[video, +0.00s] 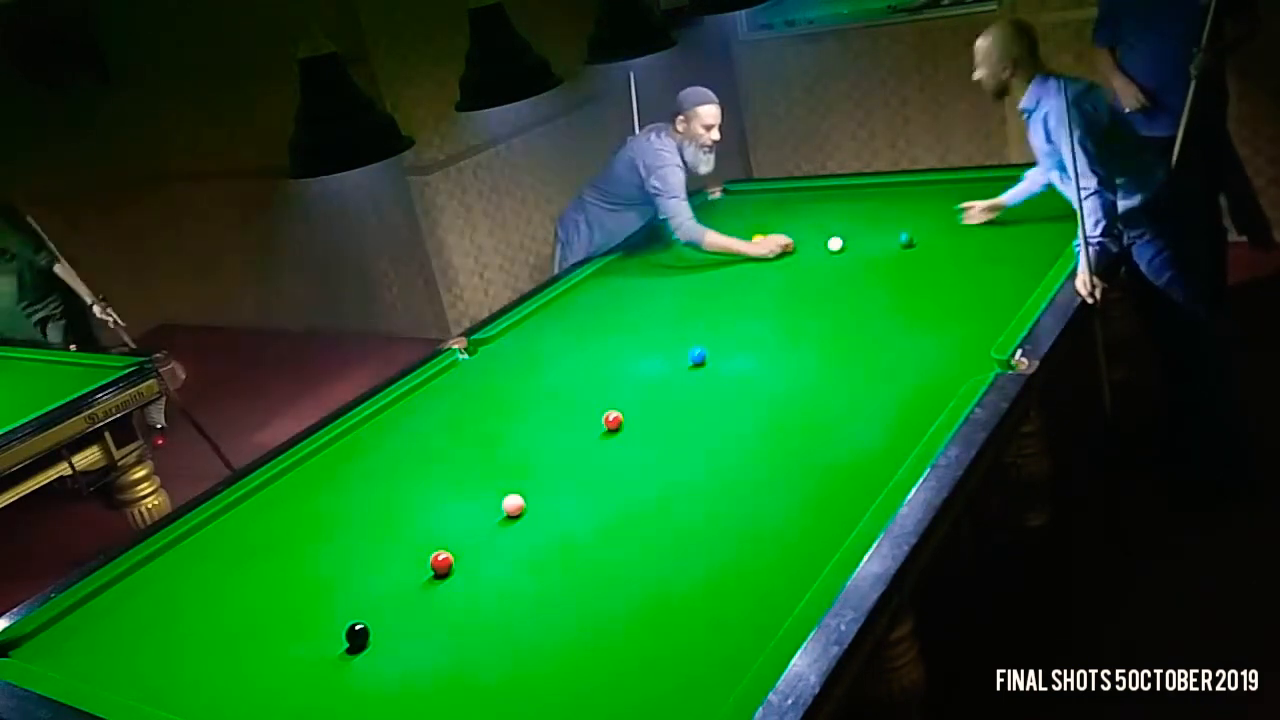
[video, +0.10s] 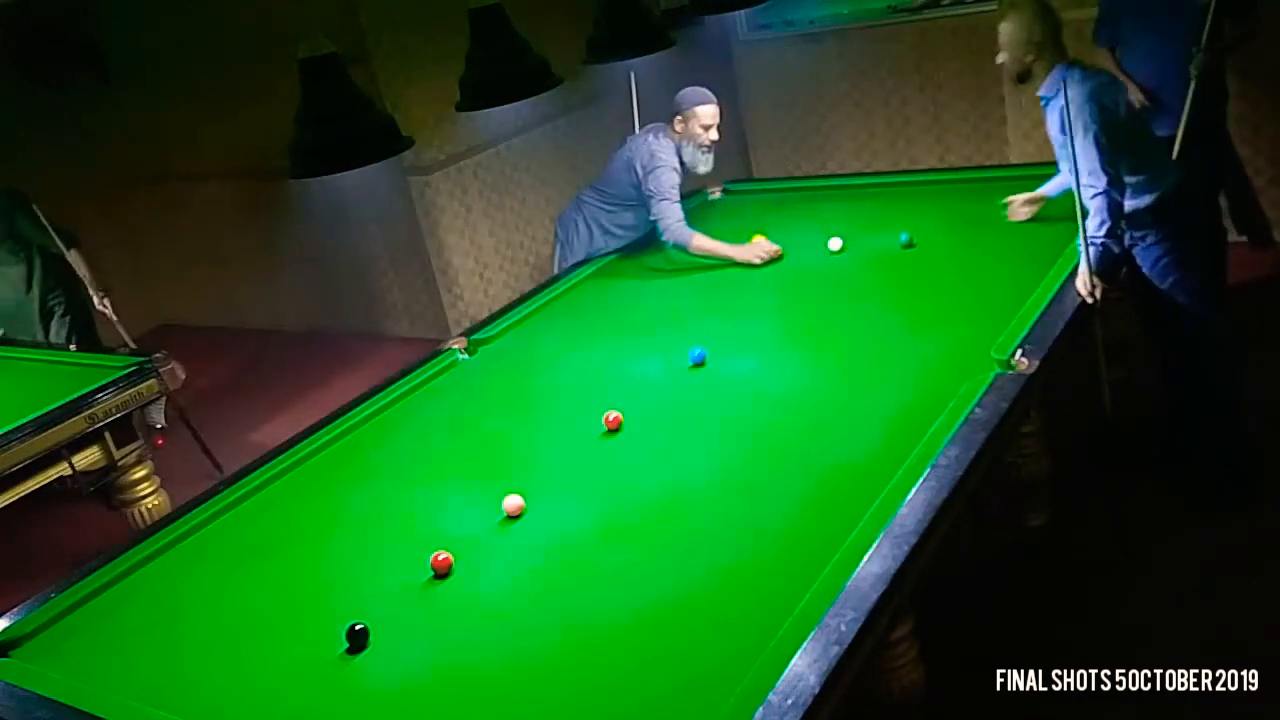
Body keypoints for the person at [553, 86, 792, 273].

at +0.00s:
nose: (715, 137)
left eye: (718, 128)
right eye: (706, 129)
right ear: (680, 124)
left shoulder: (672, 139)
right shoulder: (660, 157)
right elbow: (684, 230)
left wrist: (705, 185)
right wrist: (752, 248)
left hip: (623, 231)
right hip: (588, 237)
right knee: (578, 317)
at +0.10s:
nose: (714, 137)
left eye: (716, 128)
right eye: (705, 129)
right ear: (678, 125)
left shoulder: (662, 135)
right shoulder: (660, 160)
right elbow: (673, 231)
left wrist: (699, 191)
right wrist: (739, 252)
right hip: (587, 237)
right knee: (578, 316)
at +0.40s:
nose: (715, 139)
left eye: (717, 130)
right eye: (707, 130)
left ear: (683, 126)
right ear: (679, 127)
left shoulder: (671, 138)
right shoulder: (658, 160)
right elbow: (698, 229)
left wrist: (698, 186)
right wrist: (762, 245)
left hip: (623, 230)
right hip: (587, 236)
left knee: (613, 310)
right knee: (577, 317)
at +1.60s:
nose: (709, 130)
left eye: (710, 121)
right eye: (699, 123)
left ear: (674, 121)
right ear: (672, 123)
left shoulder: (663, 136)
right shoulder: (658, 158)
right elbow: (689, 227)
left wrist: (697, 192)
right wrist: (753, 247)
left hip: (621, 231)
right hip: (587, 238)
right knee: (576, 317)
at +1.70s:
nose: (698, 119)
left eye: (699, 110)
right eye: (687, 111)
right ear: (660, 112)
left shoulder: (651, 134)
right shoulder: (646, 148)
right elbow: (662, 223)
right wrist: (720, 253)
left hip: (614, 232)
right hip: (587, 239)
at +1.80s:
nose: (679, 106)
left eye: (680, 96)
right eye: (668, 98)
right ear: (642, 99)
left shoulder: (645, 129)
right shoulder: (629, 136)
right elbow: (620, 211)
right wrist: (668, 255)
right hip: (587, 237)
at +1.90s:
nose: (656, 95)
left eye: (658, 86)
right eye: (645, 88)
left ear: (660, 84)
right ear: (621, 90)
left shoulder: (636, 123)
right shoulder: (605, 130)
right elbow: (578, 201)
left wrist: (640, 189)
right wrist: (618, 255)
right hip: (581, 242)